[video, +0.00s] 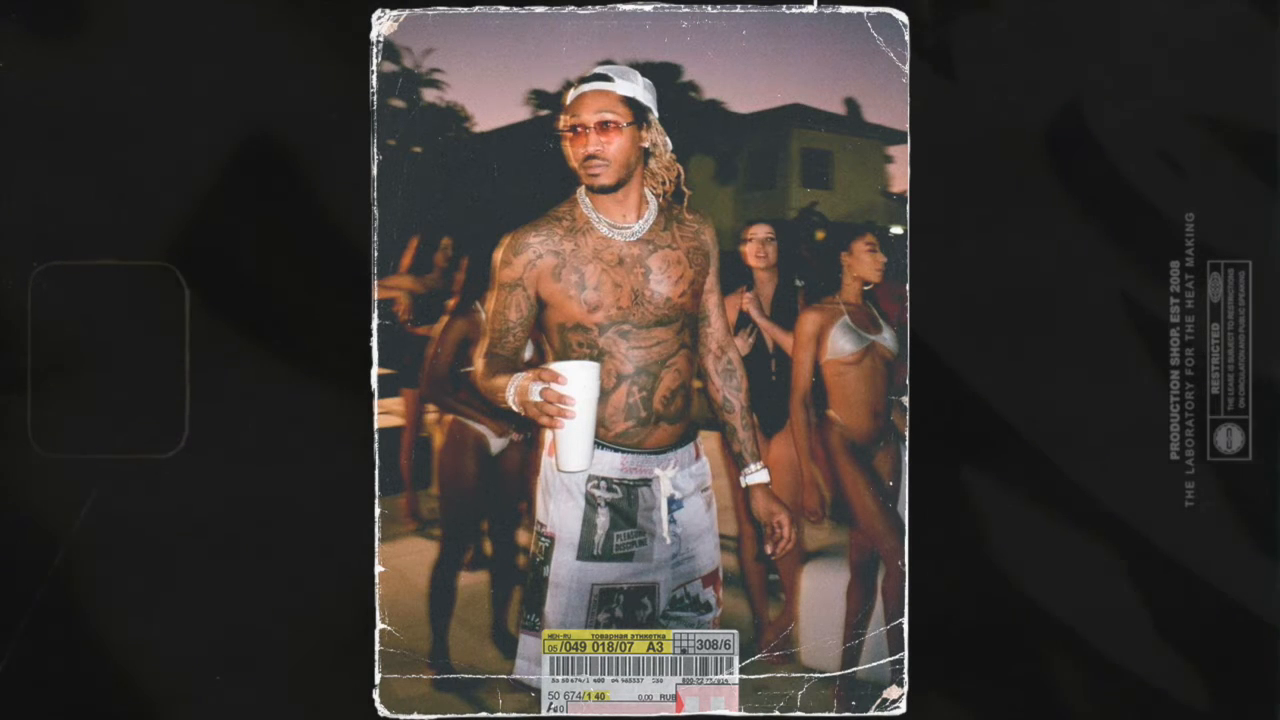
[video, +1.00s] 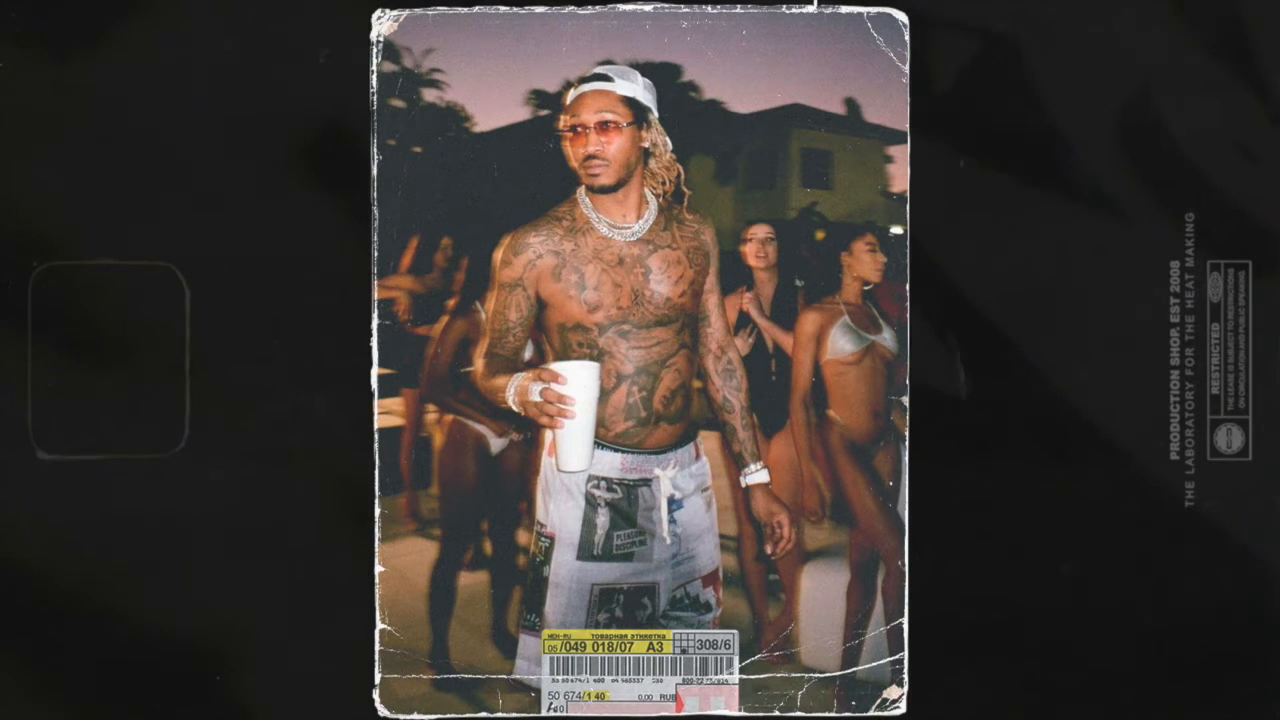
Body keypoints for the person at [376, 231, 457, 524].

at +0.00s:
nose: (446, 255)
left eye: (451, 250)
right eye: (442, 249)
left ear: (455, 255)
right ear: (431, 252)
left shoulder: (454, 283)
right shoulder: (414, 283)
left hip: (445, 353)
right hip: (416, 350)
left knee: (449, 426)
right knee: (413, 427)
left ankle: (450, 498)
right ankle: (410, 499)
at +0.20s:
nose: (446, 255)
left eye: (451, 250)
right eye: (442, 249)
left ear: (455, 255)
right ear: (430, 252)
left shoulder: (454, 283)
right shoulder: (415, 282)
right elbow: (380, 287)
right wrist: (403, 293)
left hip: (444, 353)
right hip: (415, 350)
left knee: (449, 426)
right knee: (413, 428)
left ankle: (450, 498)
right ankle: (410, 500)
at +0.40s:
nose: (446, 255)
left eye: (450, 250)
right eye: (442, 249)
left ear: (454, 255)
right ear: (430, 252)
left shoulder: (454, 282)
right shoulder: (416, 282)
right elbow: (379, 287)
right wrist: (403, 293)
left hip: (445, 352)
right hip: (416, 350)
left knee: (450, 426)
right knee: (413, 427)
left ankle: (451, 497)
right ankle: (410, 501)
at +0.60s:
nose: (446, 254)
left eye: (450, 250)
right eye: (442, 248)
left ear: (455, 255)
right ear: (430, 252)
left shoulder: (455, 282)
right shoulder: (414, 282)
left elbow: (462, 314)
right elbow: (380, 287)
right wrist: (403, 293)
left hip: (445, 353)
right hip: (416, 350)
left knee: (450, 426)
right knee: (413, 428)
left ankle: (451, 499)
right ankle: (411, 501)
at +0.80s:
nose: (446, 254)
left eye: (450, 250)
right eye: (442, 248)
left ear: (455, 255)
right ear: (430, 252)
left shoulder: (455, 283)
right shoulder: (414, 282)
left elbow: (462, 315)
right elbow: (379, 287)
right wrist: (403, 293)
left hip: (445, 353)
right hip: (416, 351)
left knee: (450, 426)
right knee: (413, 428)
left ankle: (451, 499)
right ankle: (411, 502)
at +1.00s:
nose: (446, 254)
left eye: (450, 250)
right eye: (442, 248)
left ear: (455, 255)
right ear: (430, 252)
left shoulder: (455, 282)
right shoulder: (414, 282)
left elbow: (462, 314)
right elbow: (380, 287)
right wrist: (403, 293)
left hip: (445, 353)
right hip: (416, 350)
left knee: (450, 426)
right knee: (413, 428)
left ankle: (451, 499)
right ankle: (411, 502)